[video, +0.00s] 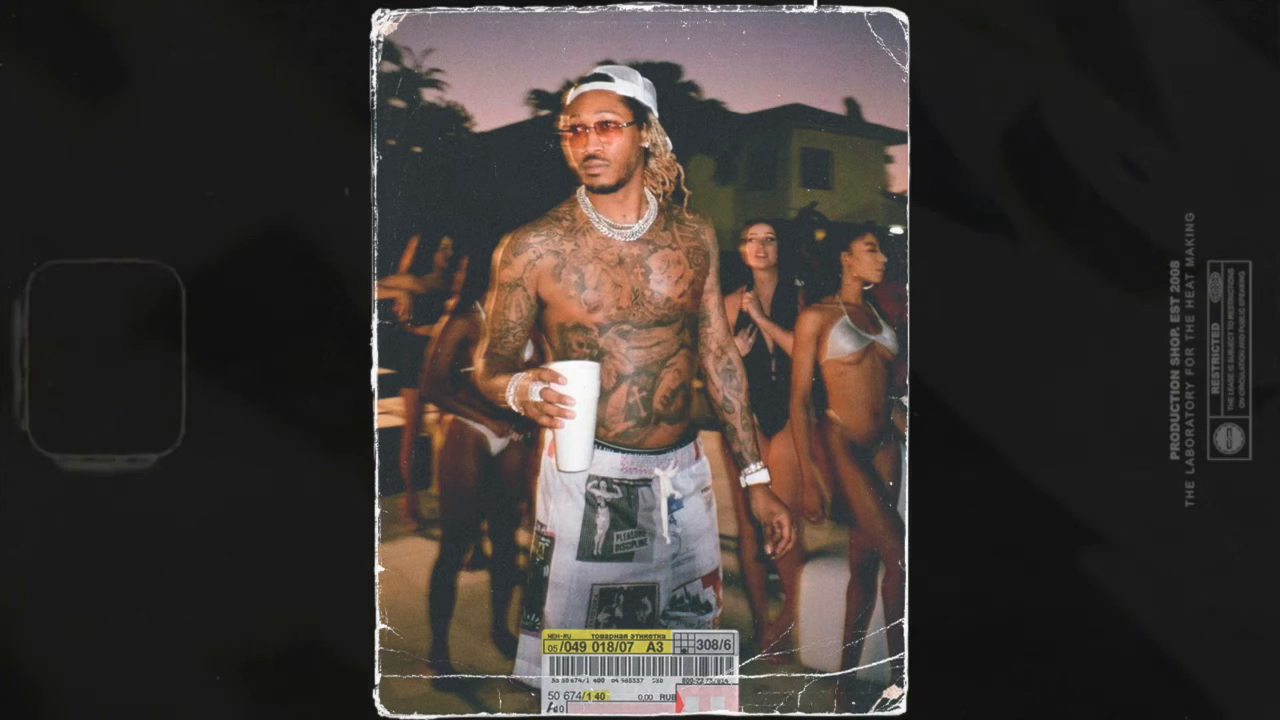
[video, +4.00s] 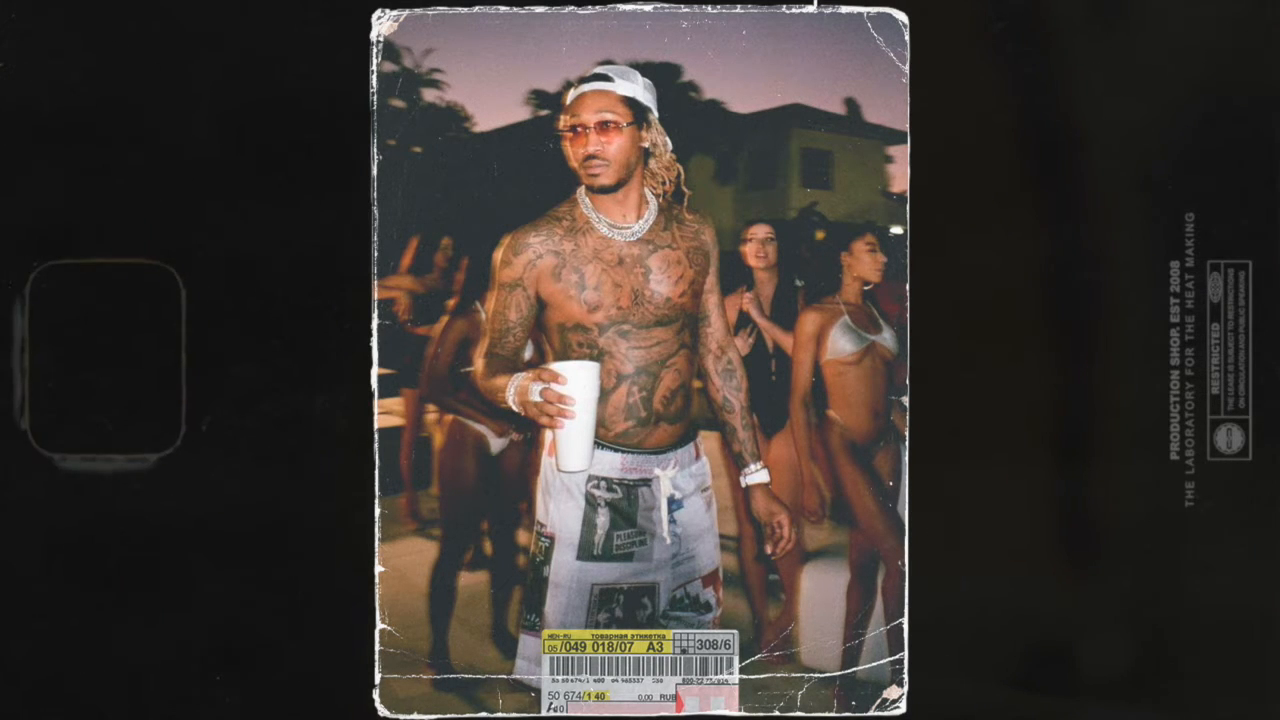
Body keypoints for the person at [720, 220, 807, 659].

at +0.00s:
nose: (760, 249)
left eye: (768, 241)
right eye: (752, 242)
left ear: (780, 249)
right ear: (741, 250)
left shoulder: (797, 296)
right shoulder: (730, 300)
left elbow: (802, 351)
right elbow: (714, 365)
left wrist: (761, 318)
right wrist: (735, 347)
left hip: (784, 421)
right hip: (739, 421)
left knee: (783, 520)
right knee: (748, 525)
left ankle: (794, 612)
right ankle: (761, 620)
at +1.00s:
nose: (760, 249)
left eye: (768, 241)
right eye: (751, 242)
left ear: (780, 249)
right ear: (741, 250)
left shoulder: (797, 297)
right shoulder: (729, 301)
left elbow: (802, 351)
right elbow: (713, 365)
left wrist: (761, 318)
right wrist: (734, 348)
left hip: (784, 421)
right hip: (739, 422)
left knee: (783, 520)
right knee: (748, 526)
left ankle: (793, 613)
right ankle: (762, 622)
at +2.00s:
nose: (759, 249)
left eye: (768, 241)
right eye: (751, 242)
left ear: (781, 249)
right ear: (741, 250)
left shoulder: (797, 296)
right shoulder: (730, 300)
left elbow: (802, 351)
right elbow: (714, 365)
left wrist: (761, 318)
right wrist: (735, 346)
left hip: (784, 420)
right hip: (739, 421)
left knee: (783, 520)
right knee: (748, 526)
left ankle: (794, 614)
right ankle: (762, 620)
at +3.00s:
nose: (760, 249)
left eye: (768, 242)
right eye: (752, 242)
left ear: (781, 249)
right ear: (741, 250)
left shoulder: (797, 295)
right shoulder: (731, 300)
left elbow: (804, 352)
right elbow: (714, 365)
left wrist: (762, 319)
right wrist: (734, 345)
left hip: (784, 420)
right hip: (738, 421)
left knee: (784, 521)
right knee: (749, 527)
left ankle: (794, 612)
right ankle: (762, 623)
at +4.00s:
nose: (760, 249)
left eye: (768, 241)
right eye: (752, 242)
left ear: (781, 249)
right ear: (741, 250)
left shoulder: (797, 296)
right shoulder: (730, 300)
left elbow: (804, 352)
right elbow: (713, 365)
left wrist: (761, 318)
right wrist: (736, 340)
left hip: (784, 419)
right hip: (738, 420)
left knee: (783, 522)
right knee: (748, 526)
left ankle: (794, 613)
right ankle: (761, 621)